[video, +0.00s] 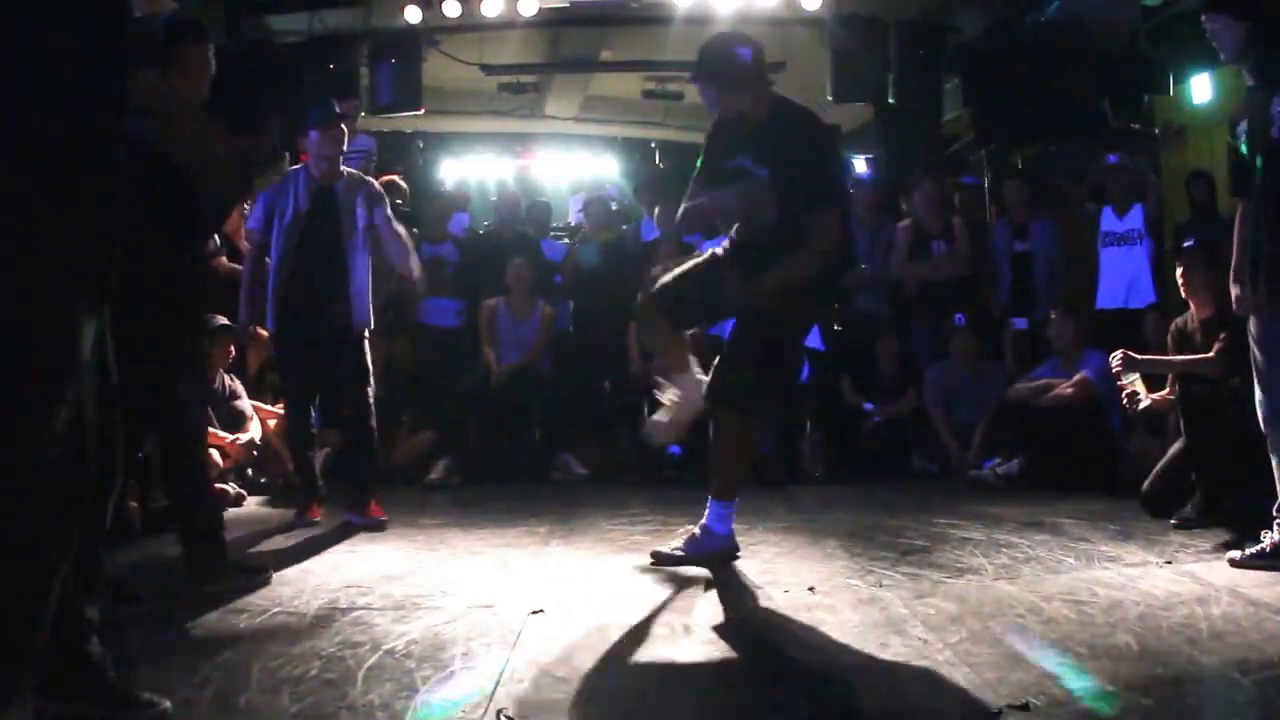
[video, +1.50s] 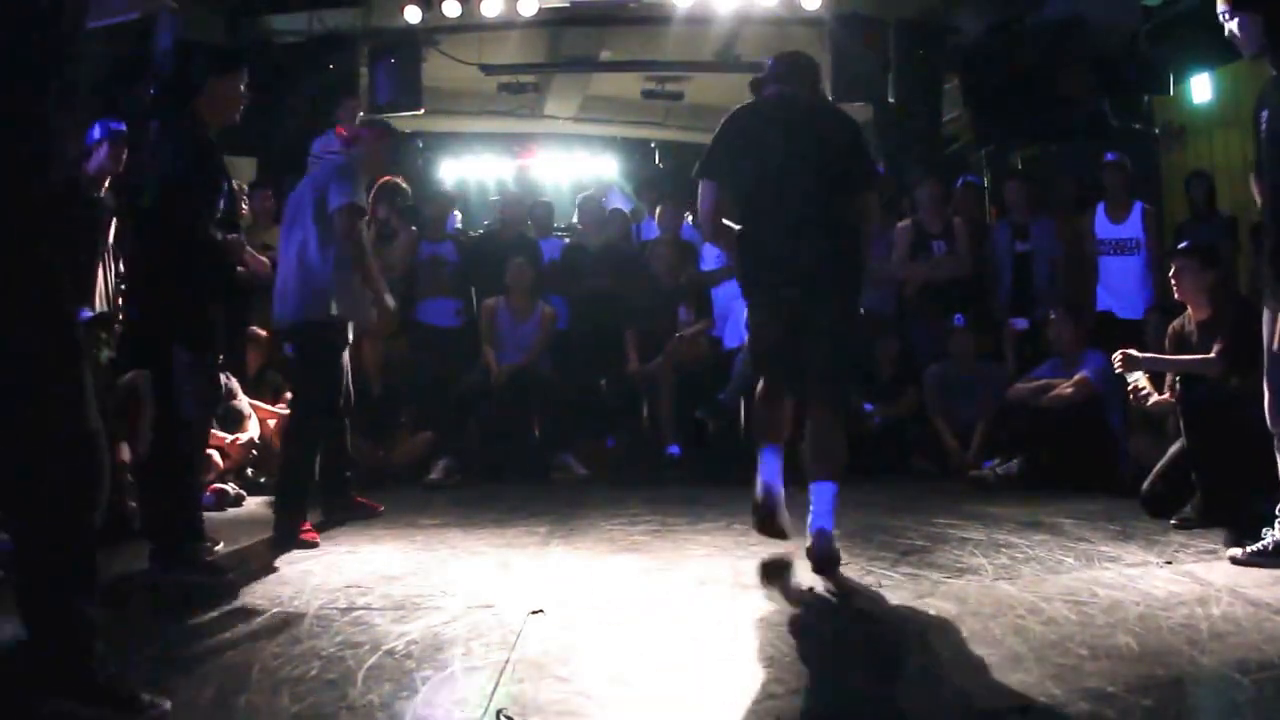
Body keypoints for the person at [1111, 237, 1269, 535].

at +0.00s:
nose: (1181, 276)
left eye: (1190, 268)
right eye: (1178, 268)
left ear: (1212, 274)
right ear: (1175, 275)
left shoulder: (1233, 320)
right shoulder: (1179, 328)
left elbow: (1217, 364)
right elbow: (1179, 392)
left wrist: (1141, 363)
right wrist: (1148, 399)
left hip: (1239, 429)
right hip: (1203, 433)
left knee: (1191, 392)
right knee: (1155, 497)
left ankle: (1205, 499)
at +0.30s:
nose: (1183, 277)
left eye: (1192, 270)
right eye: (1181, 271)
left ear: (1213, 275)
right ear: (1177, 278)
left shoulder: (1236, 318)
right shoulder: (1178, 327)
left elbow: (1218, 364)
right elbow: (1174, 392)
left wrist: (1144, 362)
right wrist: (1148, 398)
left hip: (1241, 432)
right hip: (1203, 436)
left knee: (1192, 394)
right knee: (1155, 498)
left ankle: (1204, 499)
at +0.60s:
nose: (1182, 274)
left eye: (1192, 266)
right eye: (1179, 266)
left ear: (1213, 272)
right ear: (1175, 273)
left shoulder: (1238, 315)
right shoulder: (1178, 328)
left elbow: (1218, 363)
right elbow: (1174, 392)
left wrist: (1142, 360)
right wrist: (1147, 400)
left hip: (1239, 433)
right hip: (1200, 436)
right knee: (1155, 498)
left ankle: (1204, 499)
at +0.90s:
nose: (1180, 274)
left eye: (1189, 267)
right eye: (1178, 267)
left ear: (1213, 273)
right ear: (1175, 272)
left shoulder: (1239, 316)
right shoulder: (1178, 327)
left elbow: (1217, 364)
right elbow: (1173, 393)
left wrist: (1143, 360)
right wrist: (1146, 398)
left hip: (1243, 433)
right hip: (1202, 435)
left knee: (1194, 395)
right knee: (1155, 499)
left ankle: (1207, 503)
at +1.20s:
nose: (1177, 274)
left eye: (1186, 267)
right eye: (1177, 268)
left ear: (1212, 273)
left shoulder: (1238, 315)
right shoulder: (1177, 328)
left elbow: (1218, 364)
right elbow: (1174, 391)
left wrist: (1144, 358)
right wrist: (1147, 397)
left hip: (1243, 432)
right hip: (1204, 434)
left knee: (1195, 392)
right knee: (1155, 499)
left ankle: (1207, 502)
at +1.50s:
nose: (1172, 277)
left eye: (1182, 270)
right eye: (1172, 270)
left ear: (1209, 276)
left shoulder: (1239, 315)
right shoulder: (1178, 330)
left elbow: (1218, 364)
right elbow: (1176, 396)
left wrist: (1144, 361)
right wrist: (1152, 399)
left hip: (1245, 431)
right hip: (1205, 435)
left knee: (1195, 398)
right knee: (1155, 498)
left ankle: (1208, 503)